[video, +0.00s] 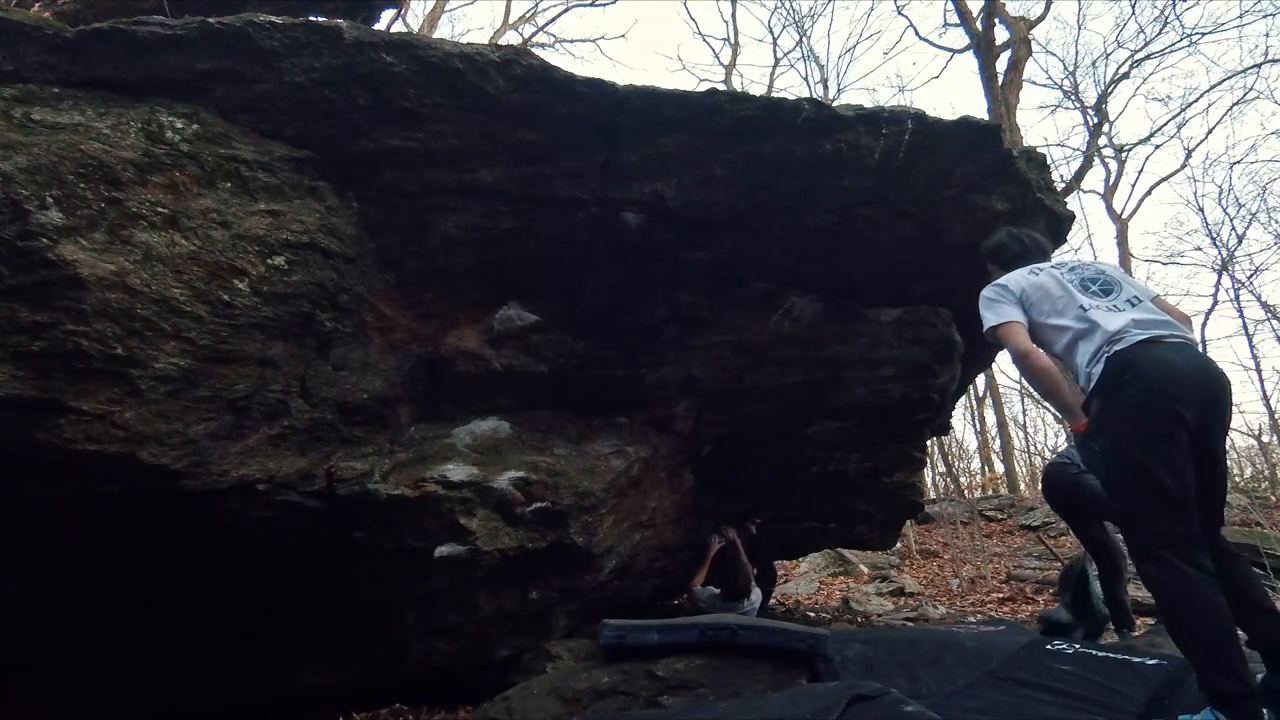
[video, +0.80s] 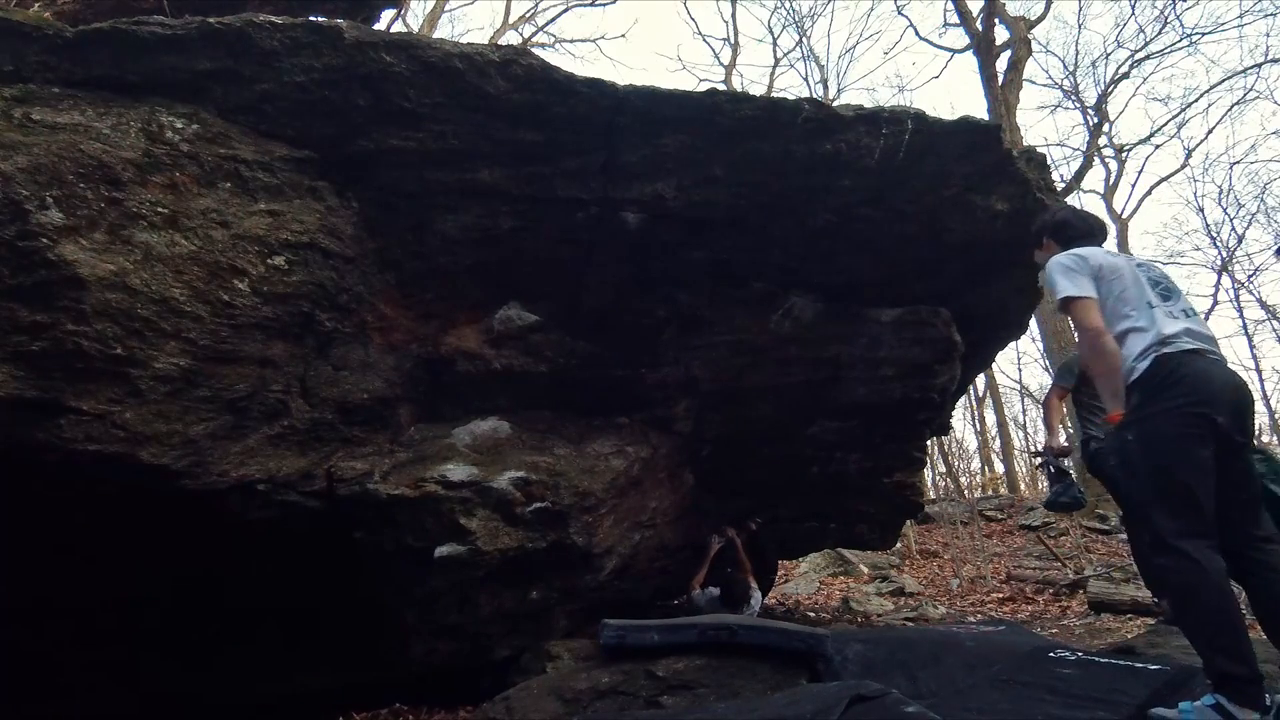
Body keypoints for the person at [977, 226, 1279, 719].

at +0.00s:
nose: (991, 281)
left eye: (990, 276)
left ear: (997, 271)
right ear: (1043, 255)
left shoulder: (1000, 288)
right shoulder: (1098, 268)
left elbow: (1025, 352)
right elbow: (1179, 317)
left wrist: (1074, 416)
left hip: (1135, 379)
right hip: (1202, 370)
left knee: (1164, 553)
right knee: (1207, 536)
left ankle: (1234, 703)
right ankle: (1276, 657)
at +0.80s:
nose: (1039, 265)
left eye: (1037, 256)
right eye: (1035, 258)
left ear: (1049, 244)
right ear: (1093, 239)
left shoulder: (1065, 260)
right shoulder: (1140, 266)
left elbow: (1095, 334)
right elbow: (1180, 328)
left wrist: (1116, 417)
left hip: (1169, 384)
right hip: (1227, 384)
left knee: (1175, 547)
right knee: (1248, 536)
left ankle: (1240, 694)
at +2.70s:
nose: (1098, 254)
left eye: (1095, 243)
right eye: (1092, 249)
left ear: (1111, 216)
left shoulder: (1143, 230)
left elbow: (1159, 310)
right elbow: (1136, 334)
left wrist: (1153, 399)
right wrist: (1064, 319)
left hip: (1204, 390)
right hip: (1231, 390)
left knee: (1222, 533)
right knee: (1256, 526)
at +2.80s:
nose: (1096, 249)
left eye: (1091, 238)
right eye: (1089, 245)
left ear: (1108, 212)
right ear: (1114, 213)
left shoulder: (1153, 228)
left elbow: (1170, 308)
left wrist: (1161, 399)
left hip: (1204, 390)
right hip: (1222, 387)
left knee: (1244, 539)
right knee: (1247, 536)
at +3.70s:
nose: (1103, 232)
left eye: (1098, 218)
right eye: (1094, 227)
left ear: (1122, 188)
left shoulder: (1191, 224)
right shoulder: (1163, 245)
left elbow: (1231, 312)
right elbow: (1202, 327)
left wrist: (1211, 408)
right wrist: (1185, 412)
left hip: (1238, 404)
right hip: (1199, 416)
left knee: (1271, 539)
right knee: (1167, 532)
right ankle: (1276, 624)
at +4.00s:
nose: (1083, 221)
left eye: (1085, 208)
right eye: (1081, 211)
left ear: (1108, 197)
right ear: (1116, 199)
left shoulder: (1161, 227)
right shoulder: (1159, 236)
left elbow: (1198, 314)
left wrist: (1199, 409)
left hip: (1241, 390)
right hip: (1213, 402)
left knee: (1271, 533)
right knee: (1133, 498)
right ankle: (1213, 624)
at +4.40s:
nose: (1077, 237)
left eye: (1079, 224)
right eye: (1075, 228)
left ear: (1105, 213)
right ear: (1110, 217)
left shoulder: (1156, 235)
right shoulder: (1143, 256)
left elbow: (1195, 313)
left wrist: (1204, 407)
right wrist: (1183, 409)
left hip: (1238, 395)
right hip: (1199, 411)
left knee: (1271, 541)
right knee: (1126, 509)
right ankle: (1180, 642)